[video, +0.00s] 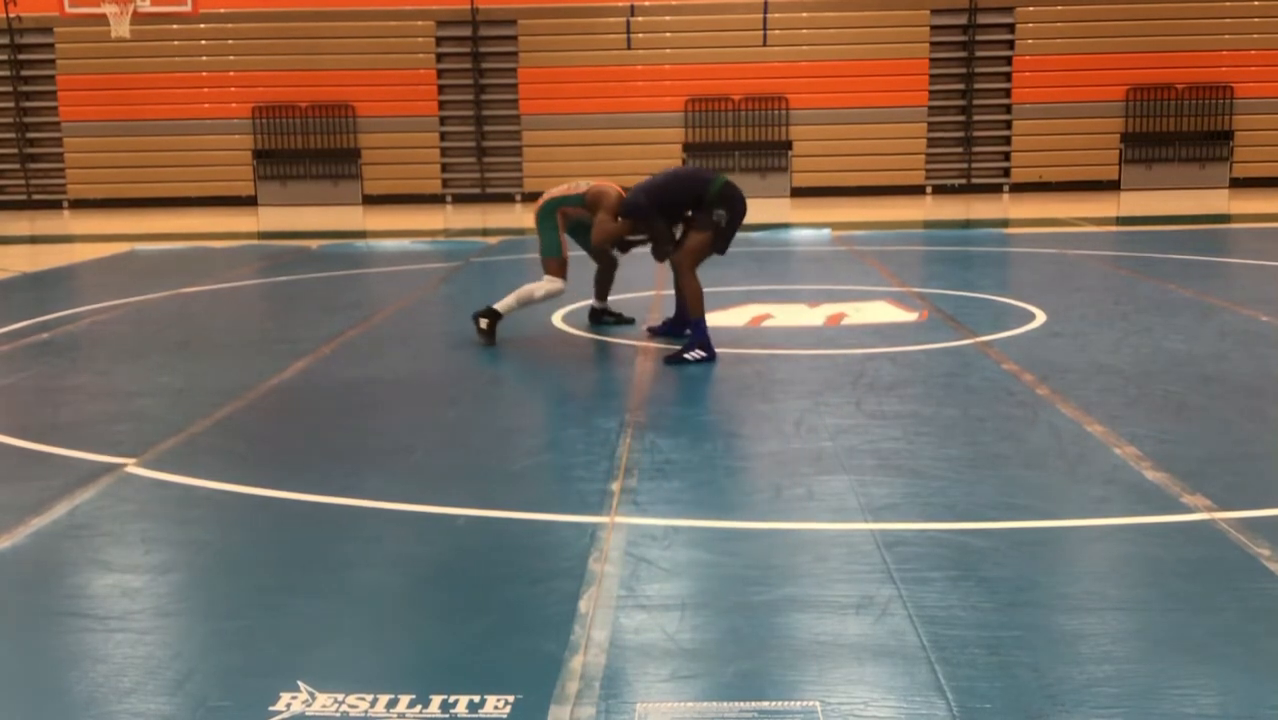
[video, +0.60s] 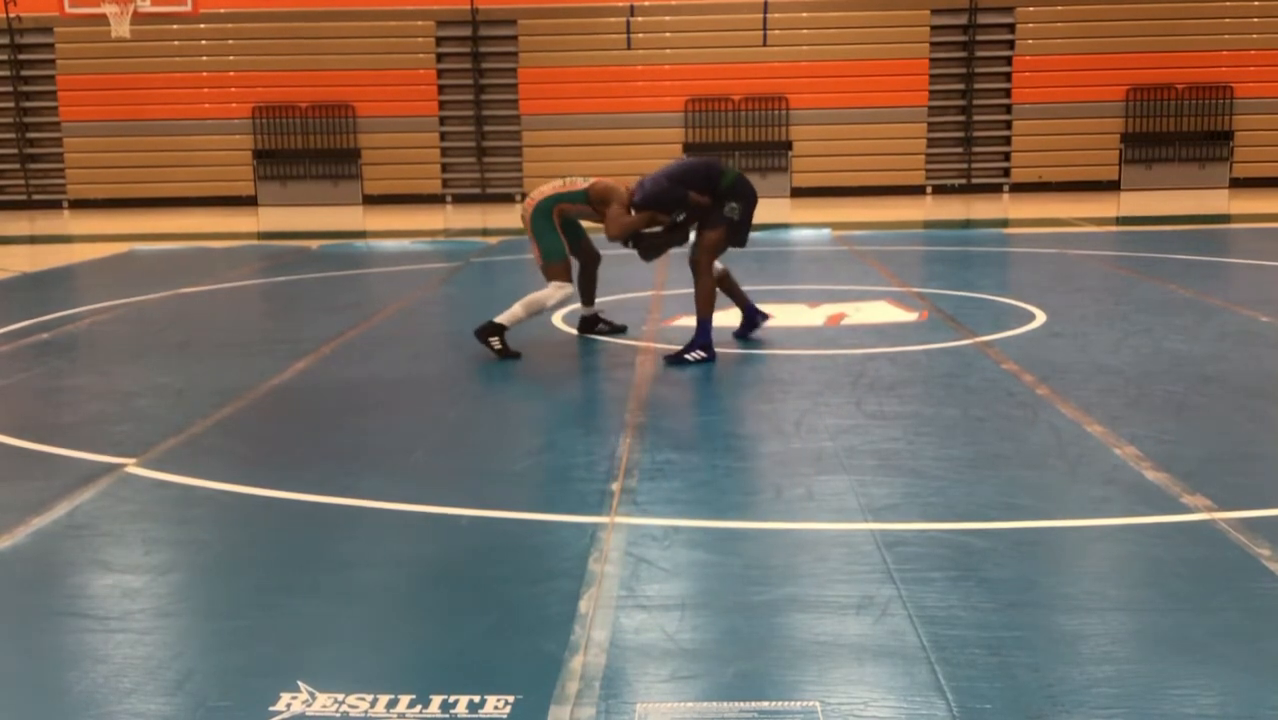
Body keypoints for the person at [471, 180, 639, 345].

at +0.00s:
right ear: (640, 214)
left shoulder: (623, 204)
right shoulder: (611, 198)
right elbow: (598, 241)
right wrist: (633, 225)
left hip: (574, 215)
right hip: (551, 209)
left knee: (608, 264)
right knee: (554, 284)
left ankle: (599, 310)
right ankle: (490, 315)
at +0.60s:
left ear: (640, 192)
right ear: (643, 200)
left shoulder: (625, 200)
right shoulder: (619, 196)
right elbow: (615, 232)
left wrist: (670, 233)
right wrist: (650, 217)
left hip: (559, 213)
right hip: (541, 211)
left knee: (591, 258)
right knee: (562, 288)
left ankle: (589, 319)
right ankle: (494, 328)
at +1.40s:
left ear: (671, 186)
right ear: (678, 194)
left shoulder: (654, 193)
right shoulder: (654, 193)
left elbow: (670, 245)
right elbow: (649, 236)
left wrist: (699, 238)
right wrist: (683, 217)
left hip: (580, 203)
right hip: (574, 205)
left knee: (603, 262)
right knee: (604, 280)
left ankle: (590, 319)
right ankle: (549, 334)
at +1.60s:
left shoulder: (653, 199)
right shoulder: (651, 198)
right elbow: (648, 240)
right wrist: (683, 219)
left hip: (583, 205)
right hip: (573, 206)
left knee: (603, 264)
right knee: (604, 279)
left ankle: (589, 320)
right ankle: (548, 334)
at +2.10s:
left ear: (669, 176)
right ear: (679, 182)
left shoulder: (655, 186)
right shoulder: (657, 187)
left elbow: (669, 233)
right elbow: (656, 230)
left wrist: (702, 228)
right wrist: (691, 208)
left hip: (571, 201)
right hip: (574, 206)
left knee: (585, 264)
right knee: (603, 285)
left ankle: (586, 320)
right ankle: (546, 338)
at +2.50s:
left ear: (683, 187)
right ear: (700, 200)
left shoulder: (660, 198)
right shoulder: (677, 206)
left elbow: (669, 246)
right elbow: (691, 258)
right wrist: (715, 226)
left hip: (578, 227)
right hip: (603, 232)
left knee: (599, 269)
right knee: (662, 283)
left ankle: (581, 318)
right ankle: (646, 346)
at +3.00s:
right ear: (704, 202)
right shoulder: (676, 200)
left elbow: (635, 230)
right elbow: (680, 250)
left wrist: (668, 247)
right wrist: (710, 235)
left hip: (575, 213)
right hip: (604, 218)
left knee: (588, 263)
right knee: (658, 277)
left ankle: (570, 321)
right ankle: (645, 346)